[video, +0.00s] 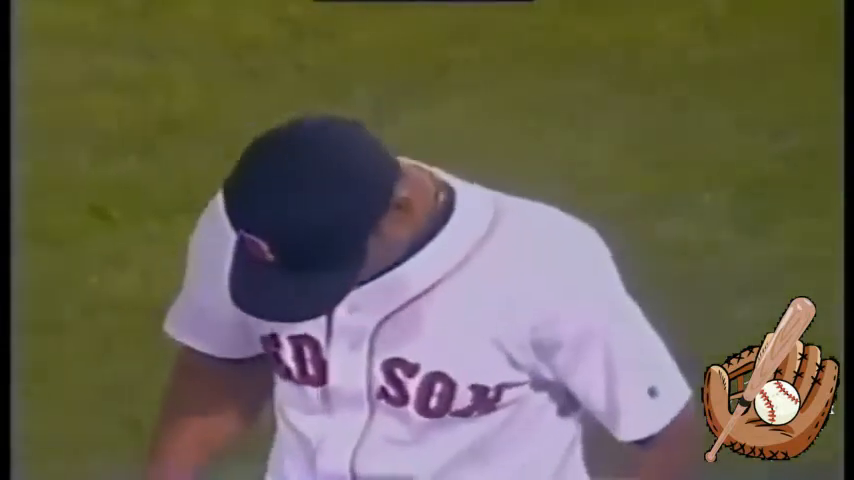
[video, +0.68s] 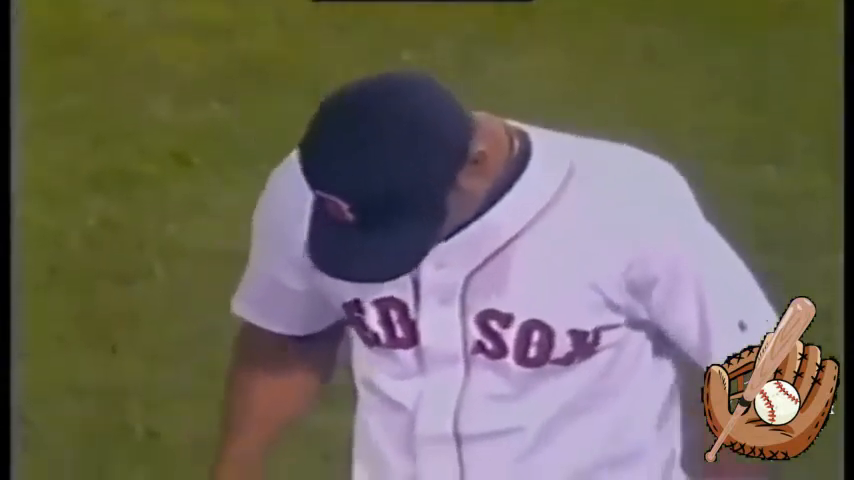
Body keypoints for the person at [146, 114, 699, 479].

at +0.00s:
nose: (304, 306)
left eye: (329, 283)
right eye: (284, 289)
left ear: (399, 209)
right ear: (251, 229)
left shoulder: (550, 264)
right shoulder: (243, 226)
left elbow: (671, 433)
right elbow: (216, 378)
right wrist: (169, 465)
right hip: (303, 468)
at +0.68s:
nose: (379, 260)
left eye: (405, 231)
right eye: (361, 238)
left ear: (471, 167)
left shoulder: (633, 201)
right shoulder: (307, 197)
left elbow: (759, 373)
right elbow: (281, 344)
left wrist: (741, 443)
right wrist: (237, 465)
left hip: (612, 468)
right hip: (399, 465)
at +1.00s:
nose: (347, 252)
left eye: (370, 233)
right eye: (329, 227)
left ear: (445, 176)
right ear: (297, 168)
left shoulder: (593, 212)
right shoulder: (268, 174)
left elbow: (704, 384)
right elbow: (211, 329)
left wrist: (689, 465)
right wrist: (181, 458)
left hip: (536, 467)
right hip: (317, 466)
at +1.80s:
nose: (277, 186)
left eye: (298, 167)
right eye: (254, 172)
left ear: (360, 106)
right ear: (217, 118)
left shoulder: (489, 176)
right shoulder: (167, 175)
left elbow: (626, 341)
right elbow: (127, 320)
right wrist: (127, 450)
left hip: (457, 469)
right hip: (245, 468)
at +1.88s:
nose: (278, 173)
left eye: (303, 148)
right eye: (255, 153)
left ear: (364, 88)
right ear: (220, 104)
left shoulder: (485, 175)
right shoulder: (162, 171)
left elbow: (595, 366)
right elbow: (120, 315)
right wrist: (140, 405)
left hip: (436, 470)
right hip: (237, 470)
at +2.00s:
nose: (279, 161)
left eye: (302, 138)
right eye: (254, 140)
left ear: (366, 78)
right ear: (219, 93)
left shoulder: (478, 184)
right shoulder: (158, 161)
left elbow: (521, 407)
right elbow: (95, 329)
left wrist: (318, 411)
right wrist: (180, 388)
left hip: (429, 469)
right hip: (227, 470)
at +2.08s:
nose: (279, 155)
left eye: (301, 132)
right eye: (257, 137)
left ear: (368, 77)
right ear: (223, 93)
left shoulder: (473, 195)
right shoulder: (159, 157)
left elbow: (473, 420)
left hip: (411, 471)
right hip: (223, 465)